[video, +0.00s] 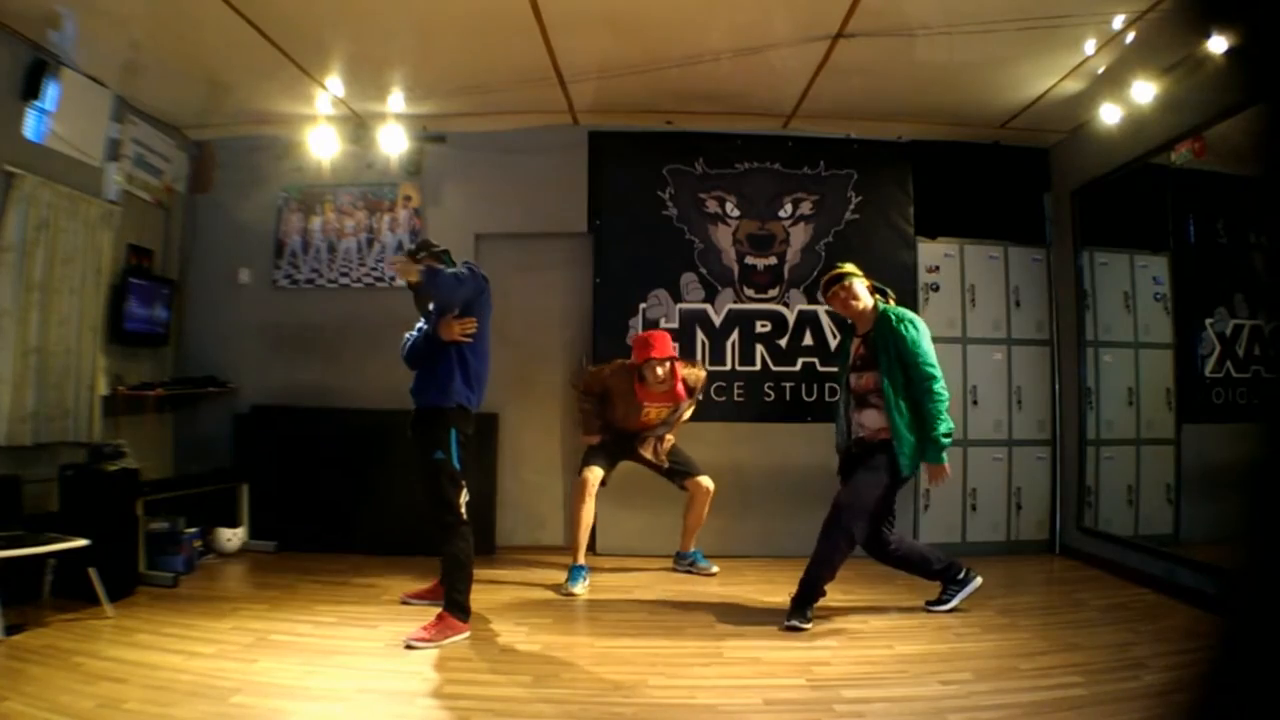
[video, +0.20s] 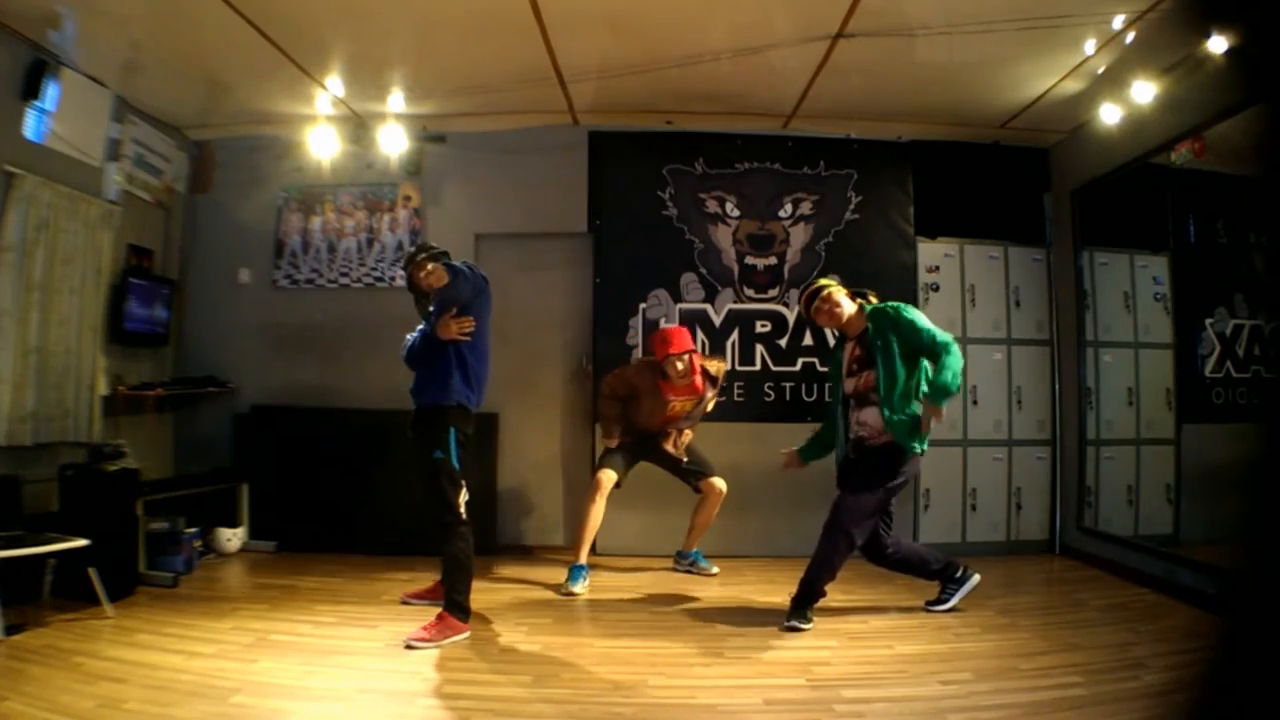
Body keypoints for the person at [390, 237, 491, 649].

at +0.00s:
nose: (410, 287)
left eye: (413, 278)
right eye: (408, 281)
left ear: (431, 265)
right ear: (427, 268)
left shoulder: (472, 279)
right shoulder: (433, 308)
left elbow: (447, 293)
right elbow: (409, 353)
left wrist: (417, 273)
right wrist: (436, 332)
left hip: (453, 407)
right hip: (431, 408)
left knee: (454, 509)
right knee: (440, 502)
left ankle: (456, 613)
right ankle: (447, 582)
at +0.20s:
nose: (426, 280)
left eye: (429, 270)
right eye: (419, 278)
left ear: (443, 263)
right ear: (416, 285)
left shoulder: (472, 282)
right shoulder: (435, 308)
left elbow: (454, 284)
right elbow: (409, 354)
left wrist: (416, 332)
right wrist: (434, 332)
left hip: (453, 407)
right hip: (431, 408)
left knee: (455, 509)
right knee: (442, 502)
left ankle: (455, 613)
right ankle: (448, 582)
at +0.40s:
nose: (429, 277)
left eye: (431, 267)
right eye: (420, 277)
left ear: (444, 262)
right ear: (418, 285)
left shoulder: (471, 284)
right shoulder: (436, 307)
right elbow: (411, 355)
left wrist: (415, 337)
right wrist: (434, 332)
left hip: (453, 407)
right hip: (432, 407)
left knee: (455, 508)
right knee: (443, 502)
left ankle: (455, 613)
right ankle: (448, 582)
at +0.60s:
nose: (427, 279)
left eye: (430, 270)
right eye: (419, 279)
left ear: (443, 262)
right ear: (416, 286)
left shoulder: (471, 281)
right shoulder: (435, 308)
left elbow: (453, 288)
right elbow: (410, 355)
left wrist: (416, 335)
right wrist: (434, 332)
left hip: (453, 406)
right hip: (432, 407)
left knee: (455, 508)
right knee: (444, 502)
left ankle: (455, 613)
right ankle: (448, 583)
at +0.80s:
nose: (427, 280)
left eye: (430, 270)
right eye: (419, 279)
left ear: (444, 264)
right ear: (417, 286)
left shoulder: (471, 281)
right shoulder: (435, 309)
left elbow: (455, 293)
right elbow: (410, 355)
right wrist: (434, 333)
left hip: (453, 407)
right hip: (432, 408)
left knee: (455, 508)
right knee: (443, 502)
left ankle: (455, 613)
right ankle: (447, 582)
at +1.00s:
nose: (428, 280)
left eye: (430, 271)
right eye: (420, 279)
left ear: (444, 264)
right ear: (417, 286)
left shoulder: (471, 280)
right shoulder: (434, 309)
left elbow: (455, 295)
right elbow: (411, 355)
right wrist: (434, 333)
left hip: (454, 406)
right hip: (431, 408)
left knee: (455, 508)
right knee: (442, 502)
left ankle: (455, 614)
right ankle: (447, 582)